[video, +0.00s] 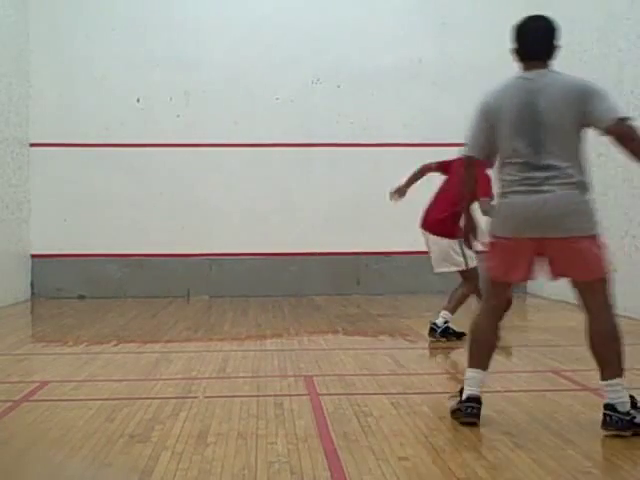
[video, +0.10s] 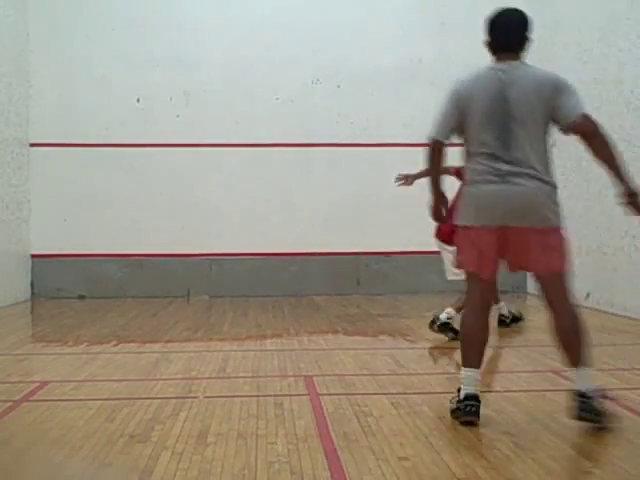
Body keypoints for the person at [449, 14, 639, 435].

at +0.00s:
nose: (530, 52)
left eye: (524, 45)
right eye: (546, 44)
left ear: (516, 51)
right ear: (555, 49)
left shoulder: (496, 98)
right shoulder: (578, 91)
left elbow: (471, 162)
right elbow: (624, 133)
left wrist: (467, 212)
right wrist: (639, 157)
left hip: (511, 218)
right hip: (569, 216)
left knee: (492, 304)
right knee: (598, 307)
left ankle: (470, 397)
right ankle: (618, 406)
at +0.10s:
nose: (498, 44)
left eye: (491, 38)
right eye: (513, 36)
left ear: (488, 42)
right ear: (526, 41)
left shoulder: (466, 87)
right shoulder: (548, 84)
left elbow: (435, 143)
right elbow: (588, 131)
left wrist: (436, 196)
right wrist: (624, 183)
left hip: (478, 208)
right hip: (534, 208)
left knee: (478, 296)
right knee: (559, 299)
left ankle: (468, 394)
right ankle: (584, 390)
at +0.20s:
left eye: (469, 26)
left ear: (464, 32)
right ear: (501, 32)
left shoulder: (442, 74)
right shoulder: (526, 73)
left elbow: (413, 131)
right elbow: (560, 127)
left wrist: (411, 182)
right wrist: (578, 183)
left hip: (458, 195)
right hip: (513, 196)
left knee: (455, 295)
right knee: (520, 294)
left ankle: (451, 388)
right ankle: (535, 387)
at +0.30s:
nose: (441, 42)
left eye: (440, 36)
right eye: (454, 36)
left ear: (438, 40)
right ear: (476, 41)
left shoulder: (421, 84)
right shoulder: (499, 84)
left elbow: (392, 142)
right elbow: (535, 136)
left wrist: (386, 197)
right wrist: (536, 193)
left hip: (435, 208)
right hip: (490, 208)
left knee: (416, 298)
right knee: (498, 303)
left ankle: (401, 389)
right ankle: (519, 398)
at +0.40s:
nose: (422, 53)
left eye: (417, 45)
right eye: (436, 47)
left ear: (409, 51)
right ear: (446, 52)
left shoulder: (388, 96)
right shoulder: (466, 99)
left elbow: (367, 158)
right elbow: (501, 157)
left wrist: (360, 211)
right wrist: (492, 201)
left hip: (402, 219)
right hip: (459, 218)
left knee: (378, 306)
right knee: (478, 305)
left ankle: (373, 403)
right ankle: (516, 396)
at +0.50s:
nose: (389, 44)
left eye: (381, 36)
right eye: (400, 37)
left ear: (374, 41)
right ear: (409, 43)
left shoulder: (355, 79)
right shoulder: (426, 88)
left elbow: (337, 134)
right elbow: (458, 151)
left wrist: (331, 190)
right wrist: (438, 195)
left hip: (367, 205)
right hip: (418, 205)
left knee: (360, 304)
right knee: (436, 295)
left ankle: (370, 401)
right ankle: (472, 378)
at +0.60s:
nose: (338, 31)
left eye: (336, 25)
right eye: (349, 24)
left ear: (335, 30)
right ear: (370, 31)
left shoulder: (327, 64)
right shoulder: (391, 75)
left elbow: (319, 121)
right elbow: (407, 143)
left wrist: (296, 182)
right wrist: (378, 173)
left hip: (346, 195)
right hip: (395, 193)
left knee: (329, 292)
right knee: (385, 286)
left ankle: (350, 390)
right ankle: (420, 383)